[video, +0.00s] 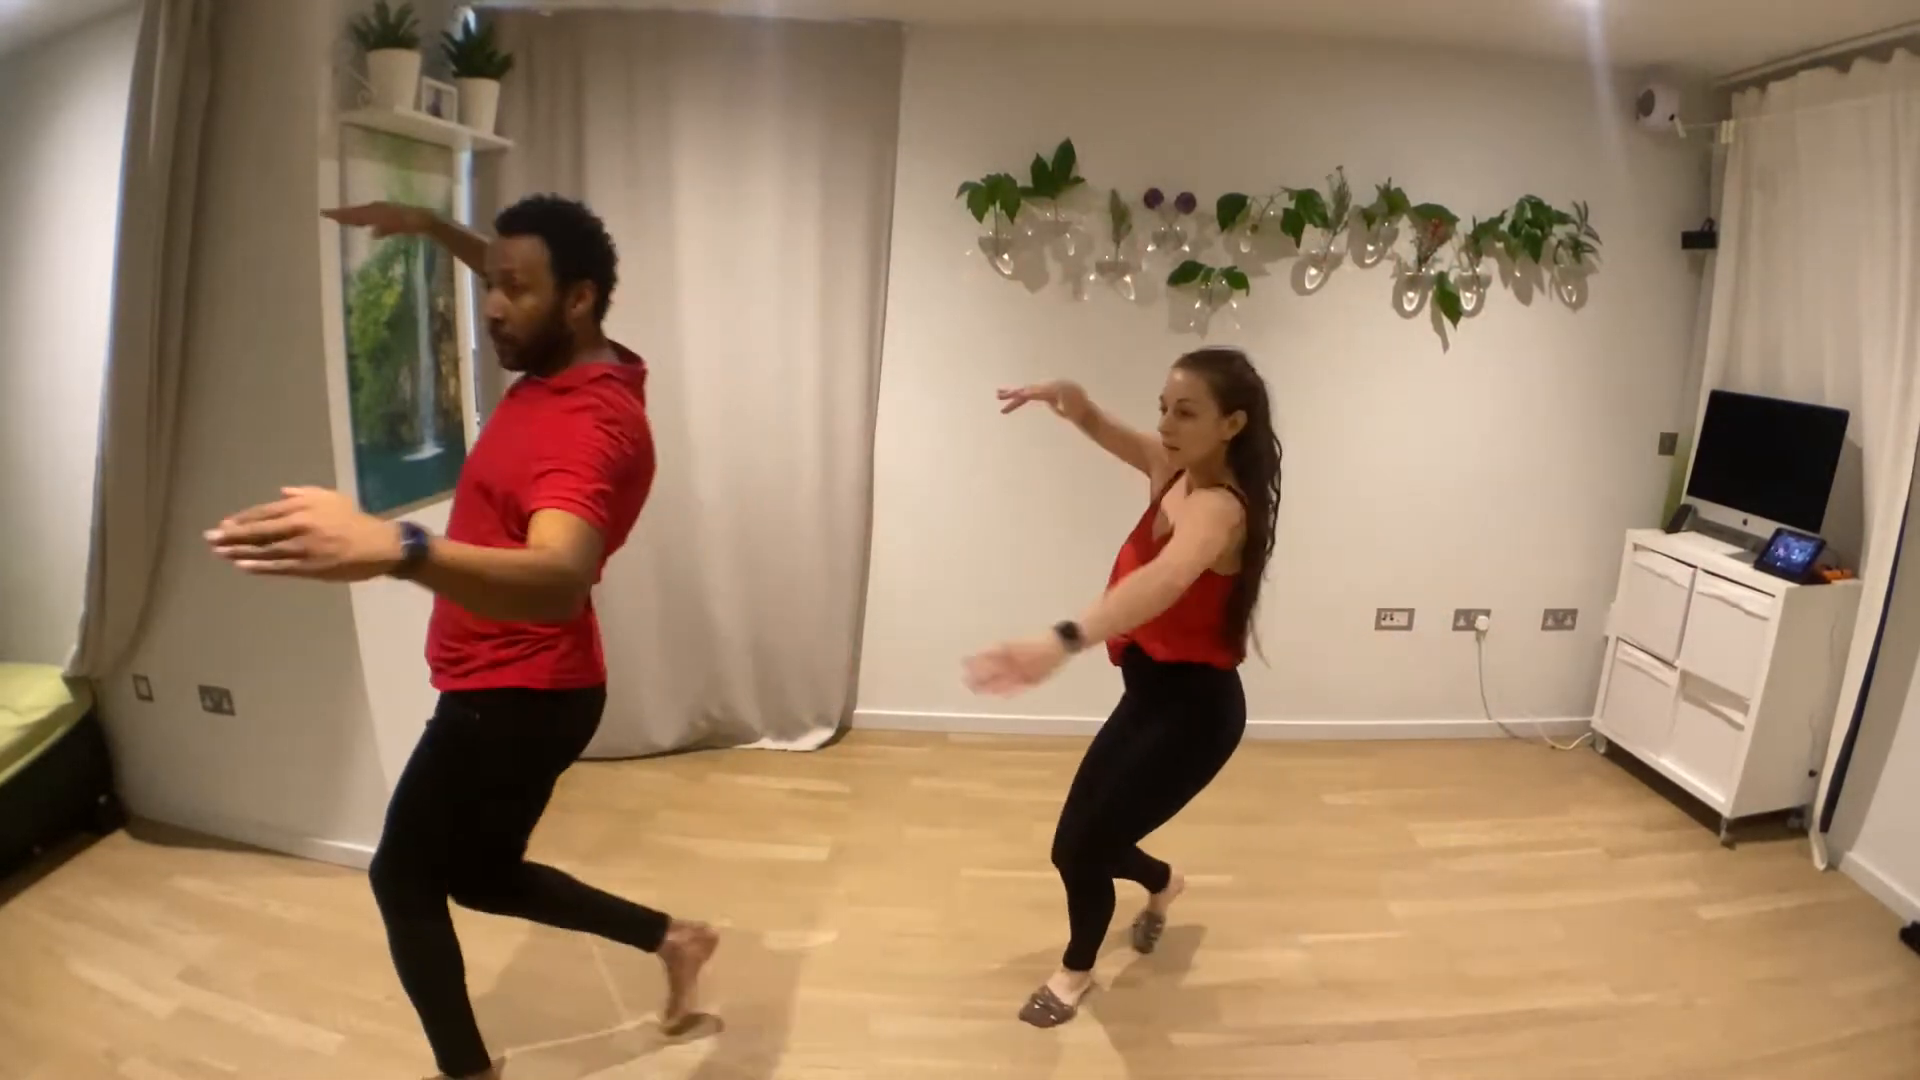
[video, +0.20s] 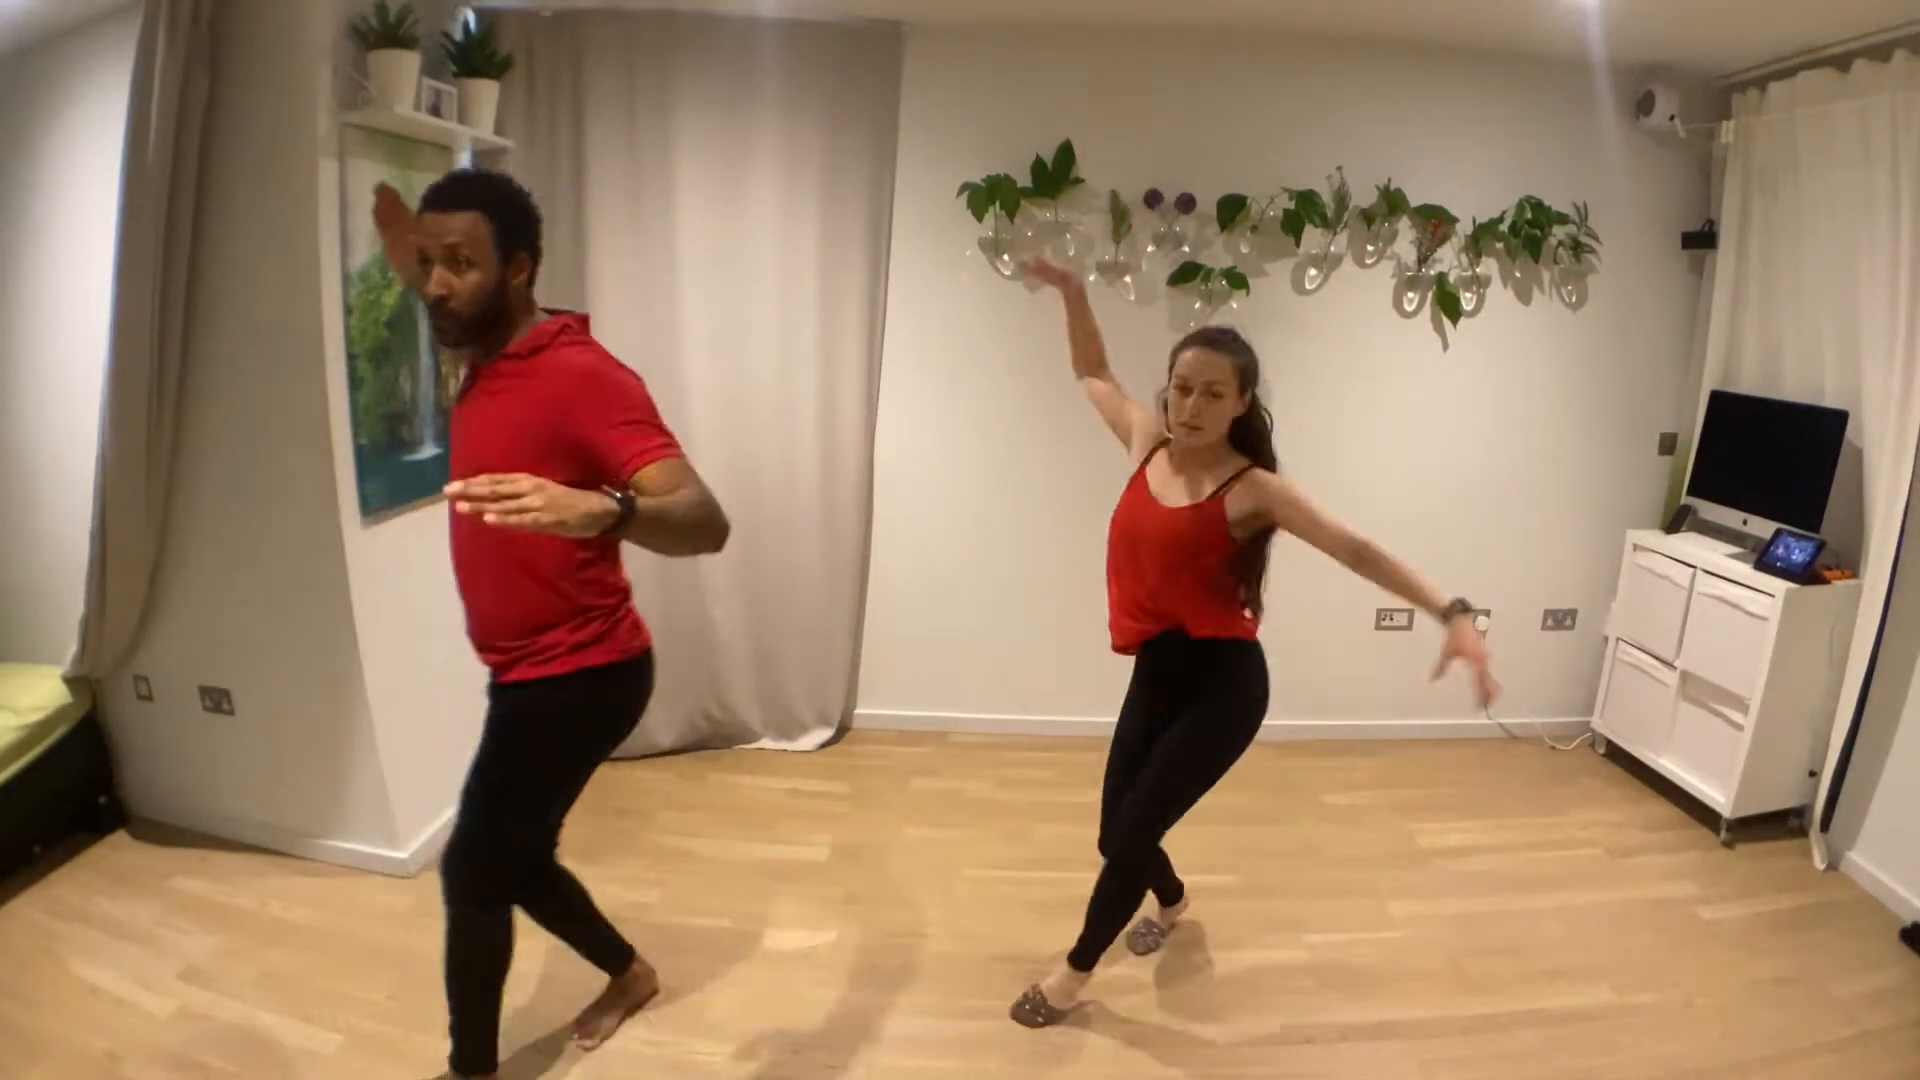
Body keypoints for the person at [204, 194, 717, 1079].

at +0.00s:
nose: (494, 308)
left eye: (516, 288)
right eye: (492, 286)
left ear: (581, 301)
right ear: (572, 302)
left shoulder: (591, 420)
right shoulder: (572, 364)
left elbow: (561, 580)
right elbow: (510, 270)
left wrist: (401, 549)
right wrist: (428, 225)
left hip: (514, 692)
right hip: (529, 681)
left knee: (404, 876)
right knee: (479, 873)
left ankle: (467, 1069)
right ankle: (671, 938)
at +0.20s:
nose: (437, 286)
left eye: (460, 262)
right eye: (428, 264)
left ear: (519, 266)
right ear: (426, 266)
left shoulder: (582, 373)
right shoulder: (490, 357)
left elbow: (706, 522)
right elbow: (443, 309)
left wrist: (608, 510)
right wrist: (411, 257)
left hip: (581, 670)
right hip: (527, 668)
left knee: (472, 871)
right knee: (516, 856)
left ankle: (471, 1068)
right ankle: (629, 973)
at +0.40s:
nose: (435, 355)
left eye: (456, 328)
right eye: (420, 334)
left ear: (511, 316)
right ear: (411, 331)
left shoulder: (592, 355)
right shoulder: (463, 441)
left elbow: (612, 493)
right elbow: (344, 572)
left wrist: (436, 503)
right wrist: (203, 527)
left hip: (696, 633)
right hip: (606, 636)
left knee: (596, 837)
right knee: (559, 830)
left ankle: (714, 990)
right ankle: (639, 980)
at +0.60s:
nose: (522, 407)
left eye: (541, 381)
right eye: (498, 390)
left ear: (582, 353)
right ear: (477, 380)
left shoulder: (641, 350)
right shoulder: (519, 502)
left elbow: (645, 503)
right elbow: (645, 591)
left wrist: (512, 630)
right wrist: (760, 646)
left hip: (731, 630)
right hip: (625, 645)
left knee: (810, 826)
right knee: (585, 856)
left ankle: (783, 1024)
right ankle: (626, 974)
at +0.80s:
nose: (819, 340)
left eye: (817, 321)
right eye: (809, 324)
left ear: (741, 323)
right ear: (760, 335)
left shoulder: (685, 360)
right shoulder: (725, 464)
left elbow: (830, 455)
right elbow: (790, 549)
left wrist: (910, 564)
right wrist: (840, 490)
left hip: (678, 643)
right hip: (685, 664)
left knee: (805, 815)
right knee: (847, 815)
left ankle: (794, 1025)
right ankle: (706, 994)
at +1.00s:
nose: (693, 300)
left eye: (699, 286)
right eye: (696, 285)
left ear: (725, 292)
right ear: (792, 294)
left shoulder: (672, 365)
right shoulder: (854, 387)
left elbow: (680, 479)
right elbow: (785, 490)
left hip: (707, 669)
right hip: (822, 660)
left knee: (785, 839)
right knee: (826, 762)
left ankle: (857, 1041)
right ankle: (851, 881)